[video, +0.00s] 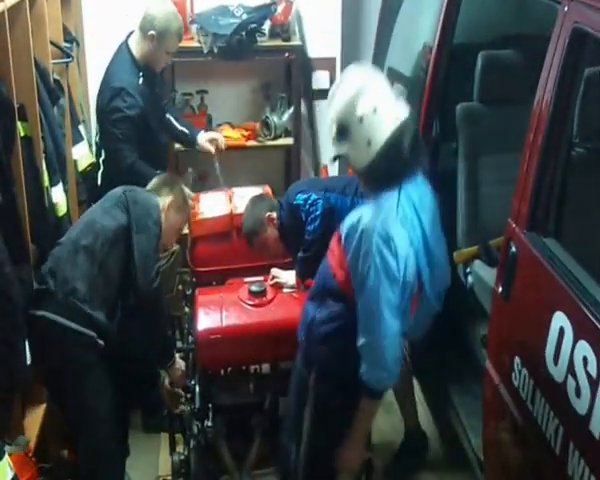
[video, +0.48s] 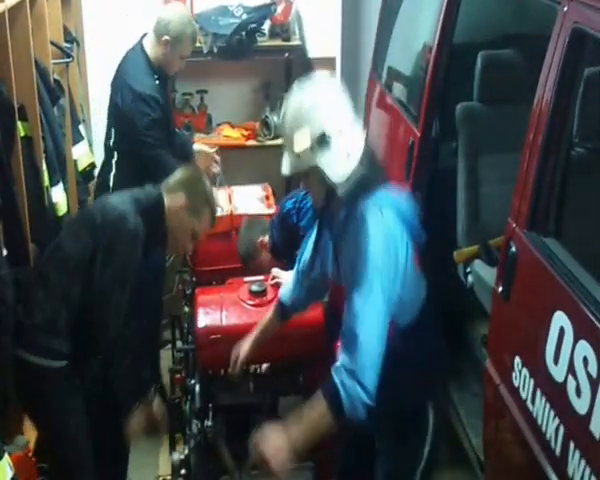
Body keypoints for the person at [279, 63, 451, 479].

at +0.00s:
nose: (339, 153)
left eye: (342, 139)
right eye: (338, 140)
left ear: (361, 139)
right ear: (393, 126)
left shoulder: (376, 229)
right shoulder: (415, 186)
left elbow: (383, 355)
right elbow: (438, 281)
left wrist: (358, 441)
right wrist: (402, 335)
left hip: (337, 362)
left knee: (318, 461)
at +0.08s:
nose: (337, 146)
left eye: (338, 135)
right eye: (336, 135)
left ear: (350, 139)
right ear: (390, 116)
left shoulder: (381, 216)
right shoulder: (407, 169)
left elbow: (370, 343)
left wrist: (334, 428)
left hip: (339, 354)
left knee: (317, 454)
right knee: (337, 441)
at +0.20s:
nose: (319, 113)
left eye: (320, 100)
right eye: (316, 101)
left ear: (337, 102)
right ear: (369, 82)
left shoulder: (382, 188)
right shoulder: (387, 136)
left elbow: (367, 323)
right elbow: (356, 242)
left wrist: (313, 399)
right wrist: (308, 285)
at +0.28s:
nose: (316, 119)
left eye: (315, 106)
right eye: (311, 108)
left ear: (333, 94)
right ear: (358, 80)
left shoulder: (380, 179)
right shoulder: (374, 146)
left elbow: (363, 321)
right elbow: (346, 237)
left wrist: (302, 394)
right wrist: (295, 289)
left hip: (376, 354)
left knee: (362, 457)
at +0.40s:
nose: (300, 157)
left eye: (305, 142)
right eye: (299, 144)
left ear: (329, 130)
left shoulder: (378, 197)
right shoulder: (341, 189)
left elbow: (362, 331)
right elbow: (312, 268)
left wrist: (292, 411)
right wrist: (262, 323)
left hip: (404, 359)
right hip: (366, 348)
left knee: (395, 463)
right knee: (359, 457)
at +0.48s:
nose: (303, 183)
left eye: (308, 171)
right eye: (300, 171)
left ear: (336, 155)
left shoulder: (376, 214)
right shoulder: (337, 206)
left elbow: (362, 364)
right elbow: (305, 282)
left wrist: (293, 434)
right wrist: (255, 338)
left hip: (406, 379)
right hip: (367, 364)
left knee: (392, 468)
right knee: (355, 464)